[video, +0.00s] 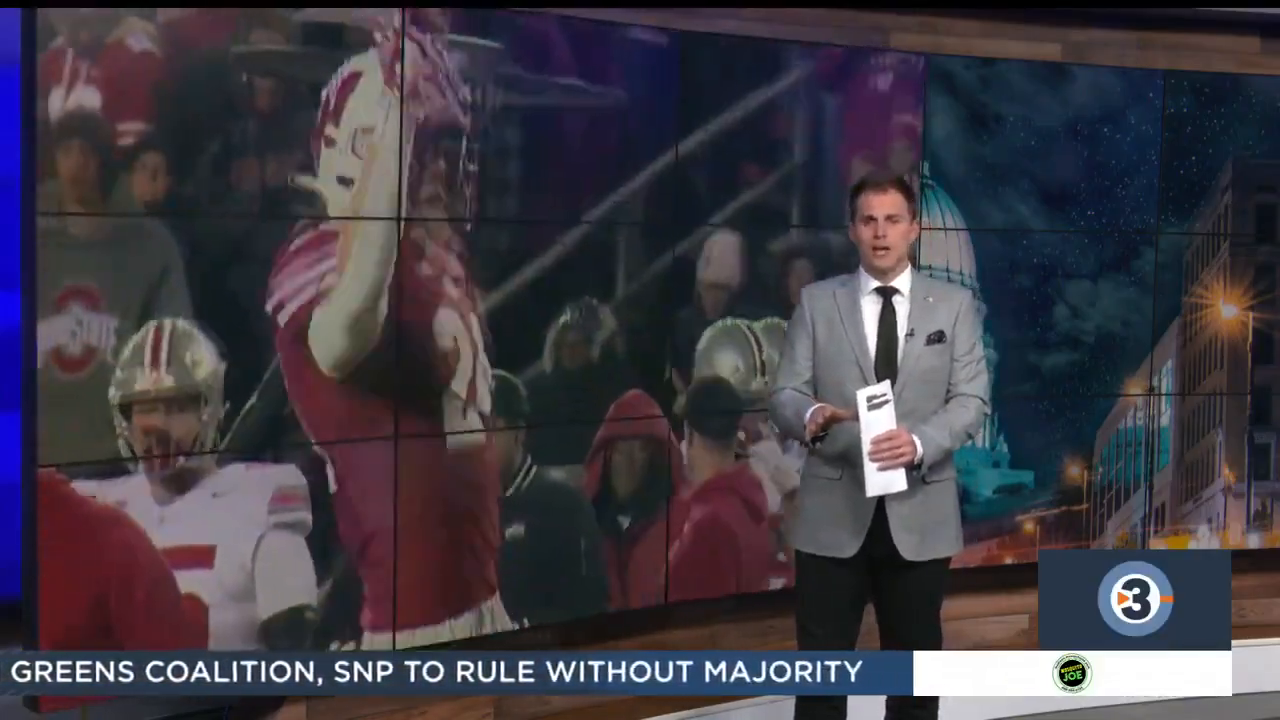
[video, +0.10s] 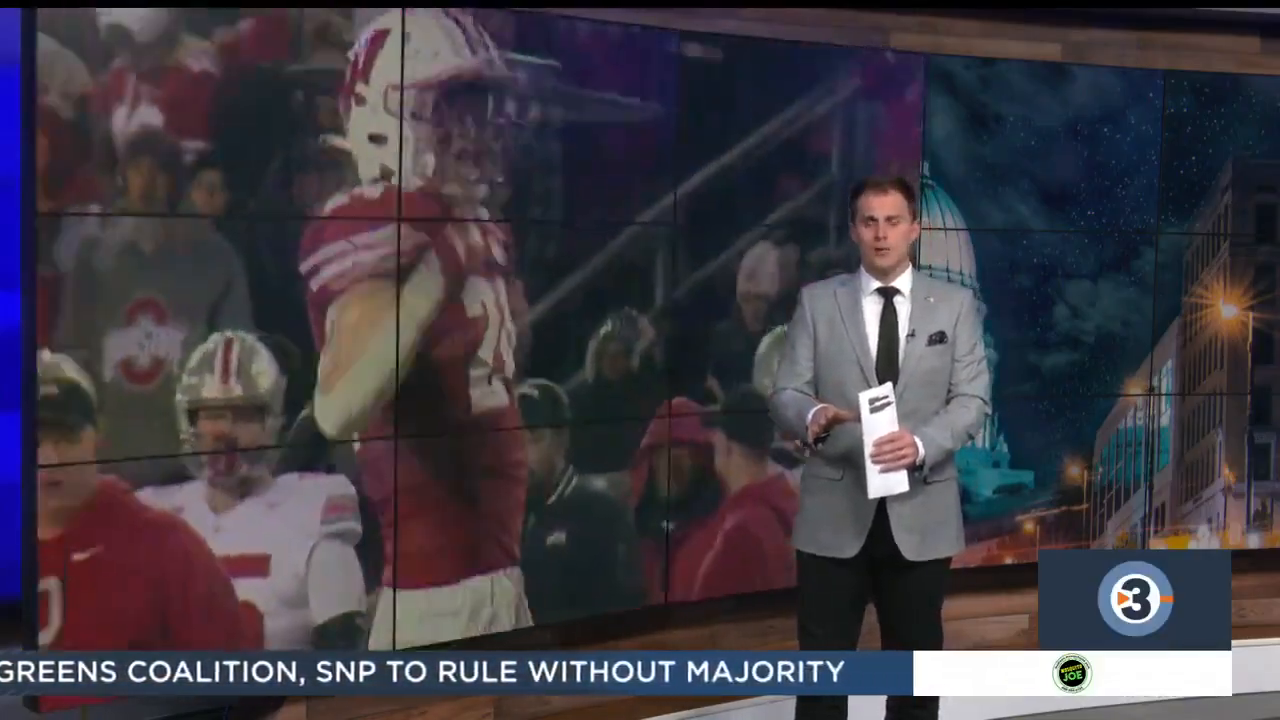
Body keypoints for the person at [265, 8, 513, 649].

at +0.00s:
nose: (438, 172)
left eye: (448, 151)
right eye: (417, 152)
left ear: (460, 156)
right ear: (351, 155)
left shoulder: (438, 260)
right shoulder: (320, 269)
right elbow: (341, 343)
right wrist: (385, 124)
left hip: (482, 613)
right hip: (412, 632)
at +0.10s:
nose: (474, 134)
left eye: (483, 112)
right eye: (450, 113)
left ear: (498, 117)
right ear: (386, 119)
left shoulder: (479, 224)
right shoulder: (364, 224)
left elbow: (491, 375)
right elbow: (337, 406)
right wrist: (437, 270)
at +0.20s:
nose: (522, 184)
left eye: (528, 159)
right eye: (497, 164)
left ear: (545, 163)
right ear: (444, 169)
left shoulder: (541, 270)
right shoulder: (440, 290)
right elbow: (407, 514)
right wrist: (517, 531)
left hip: (554, 601)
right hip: (482, 615)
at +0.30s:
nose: (587, 249)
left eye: (593, 227)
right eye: (562, 232)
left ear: (608, 233)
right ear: (504, 246)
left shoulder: (601, 344)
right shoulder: (508, 366)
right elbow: (474, 602)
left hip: (605, 618)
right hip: (536, 632)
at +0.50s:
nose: (570, 238)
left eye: (588, 215)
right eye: (550, 219)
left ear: (621, 221)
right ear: (524, 231)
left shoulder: (652, 332)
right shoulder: (510, 344)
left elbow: (656, 505)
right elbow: (447, 575)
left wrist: (691, 618)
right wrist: (458, 704)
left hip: (657, 622)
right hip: (557, 632)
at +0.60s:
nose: (562, 150)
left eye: (586, 128)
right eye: (545, 129)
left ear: (631, 138)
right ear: (521, 141)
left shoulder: (670, 255)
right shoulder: (506, 266)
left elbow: (699, 435)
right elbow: (439, 513)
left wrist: (727, 575)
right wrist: (476, 651)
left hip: (653, 589)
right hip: (551, 602)